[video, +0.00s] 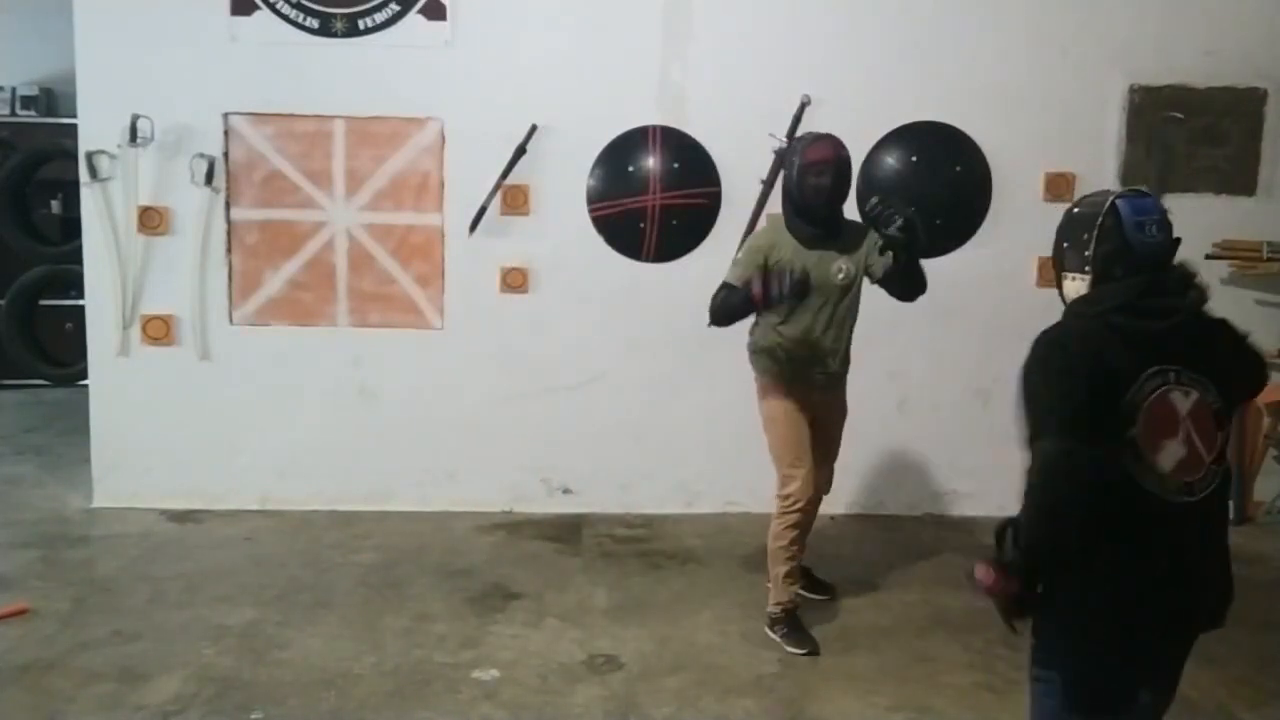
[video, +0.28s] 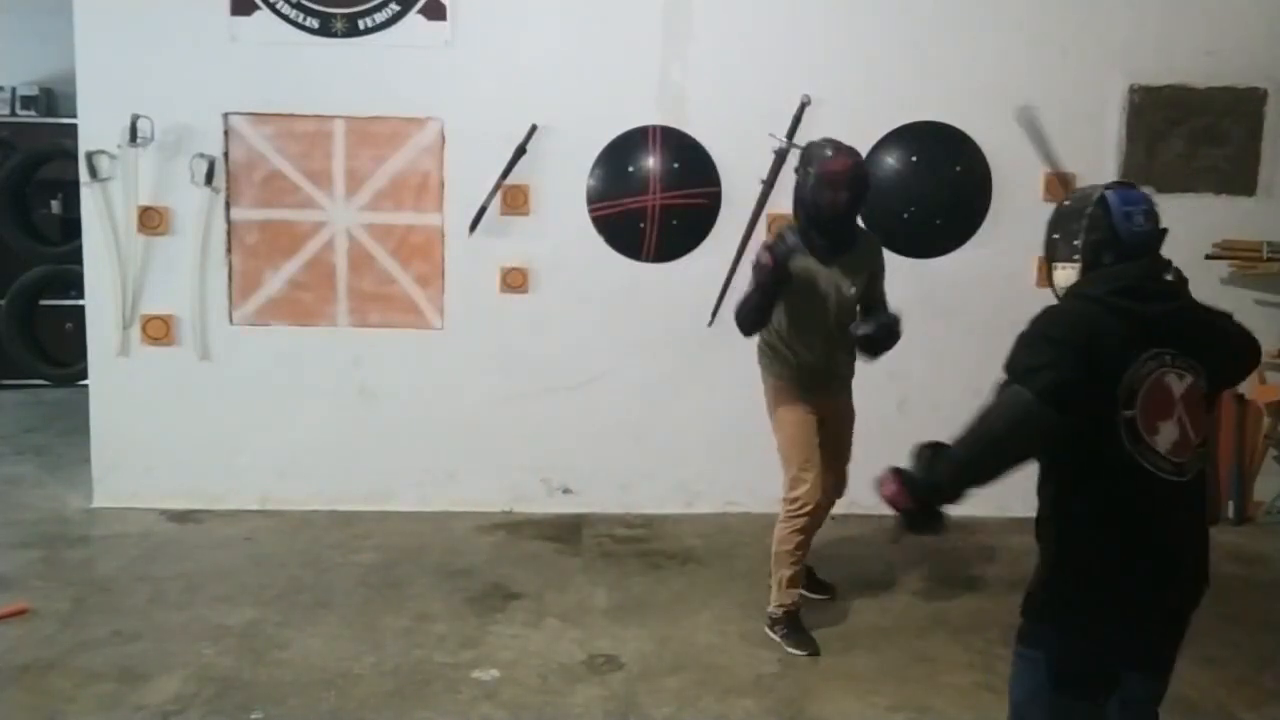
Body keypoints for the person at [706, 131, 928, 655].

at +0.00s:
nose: (824, 184)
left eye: (833, 173)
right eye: (813, 173)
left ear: (845, 180)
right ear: (792, 179)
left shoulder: (860, 240)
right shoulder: (769, 239)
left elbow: (911, 289)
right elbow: (720, 310)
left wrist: (903, 250)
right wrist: (762, 292)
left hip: (829, 380)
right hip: (778, 378)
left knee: (817, 484)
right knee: (798, 487)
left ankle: (792, 567)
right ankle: (780, 608)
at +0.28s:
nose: (840, 199)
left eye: (848, 188)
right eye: (829, 188)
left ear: (858, 193)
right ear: (804, 189)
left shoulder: (864, 248)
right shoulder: (783, 245)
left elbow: (876, 328)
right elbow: (747, 322)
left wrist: (879, 332)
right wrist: (768, 279)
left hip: (835, 376)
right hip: (787, 374)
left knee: (831, 486)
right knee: (807, 487)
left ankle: (796, 566)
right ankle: (781, 609)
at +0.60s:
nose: (864, 230)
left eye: (872, 219)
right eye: (854, 217)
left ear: (882, 222)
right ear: (830, 216)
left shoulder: (881, 261)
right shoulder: (802, 265)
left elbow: (897, 330)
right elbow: (760, 336)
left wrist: (911, 322)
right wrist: (796, 357)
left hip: (844, 385)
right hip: (797, 383)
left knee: (850, 477)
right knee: (817, 485)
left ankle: (822, 545)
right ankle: (784, 608)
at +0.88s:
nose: (868, 209)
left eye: (877, 199)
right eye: (859, 198)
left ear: (887, 204)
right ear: (838, 199)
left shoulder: (892, 247)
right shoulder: (812, 248)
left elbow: (911, 314)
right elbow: (769, 308)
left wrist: (909, 296)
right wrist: (801, 335)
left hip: (861, 378)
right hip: (816, 376)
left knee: (860, 473)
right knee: (835, 470)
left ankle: (829, 545)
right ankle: (811, 584)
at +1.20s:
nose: (865, 188)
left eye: (874, 179)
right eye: (856, 178)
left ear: (888, 186)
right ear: (838, 181)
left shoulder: (899, 240)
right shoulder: (814, 237)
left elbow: (913, 301)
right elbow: (770, 296)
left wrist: (910, 314)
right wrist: (801, 317)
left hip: (868, 371)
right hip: (822, 370)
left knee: (854, 467)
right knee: (835, 470)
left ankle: (827, 547)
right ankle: (828, 570)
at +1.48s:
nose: (863, 191)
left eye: (872, 181)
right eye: (854, 180)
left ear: (887, 188)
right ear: (838, 183)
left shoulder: (905, 241)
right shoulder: (815, 240)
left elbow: (932, 300)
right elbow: (777, 304)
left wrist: (910, 294)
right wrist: (807, 303)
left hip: (875, 366)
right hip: (827, 363)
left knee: (860, 461)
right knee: (838, 465)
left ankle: (838, 548)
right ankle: (828, 569)